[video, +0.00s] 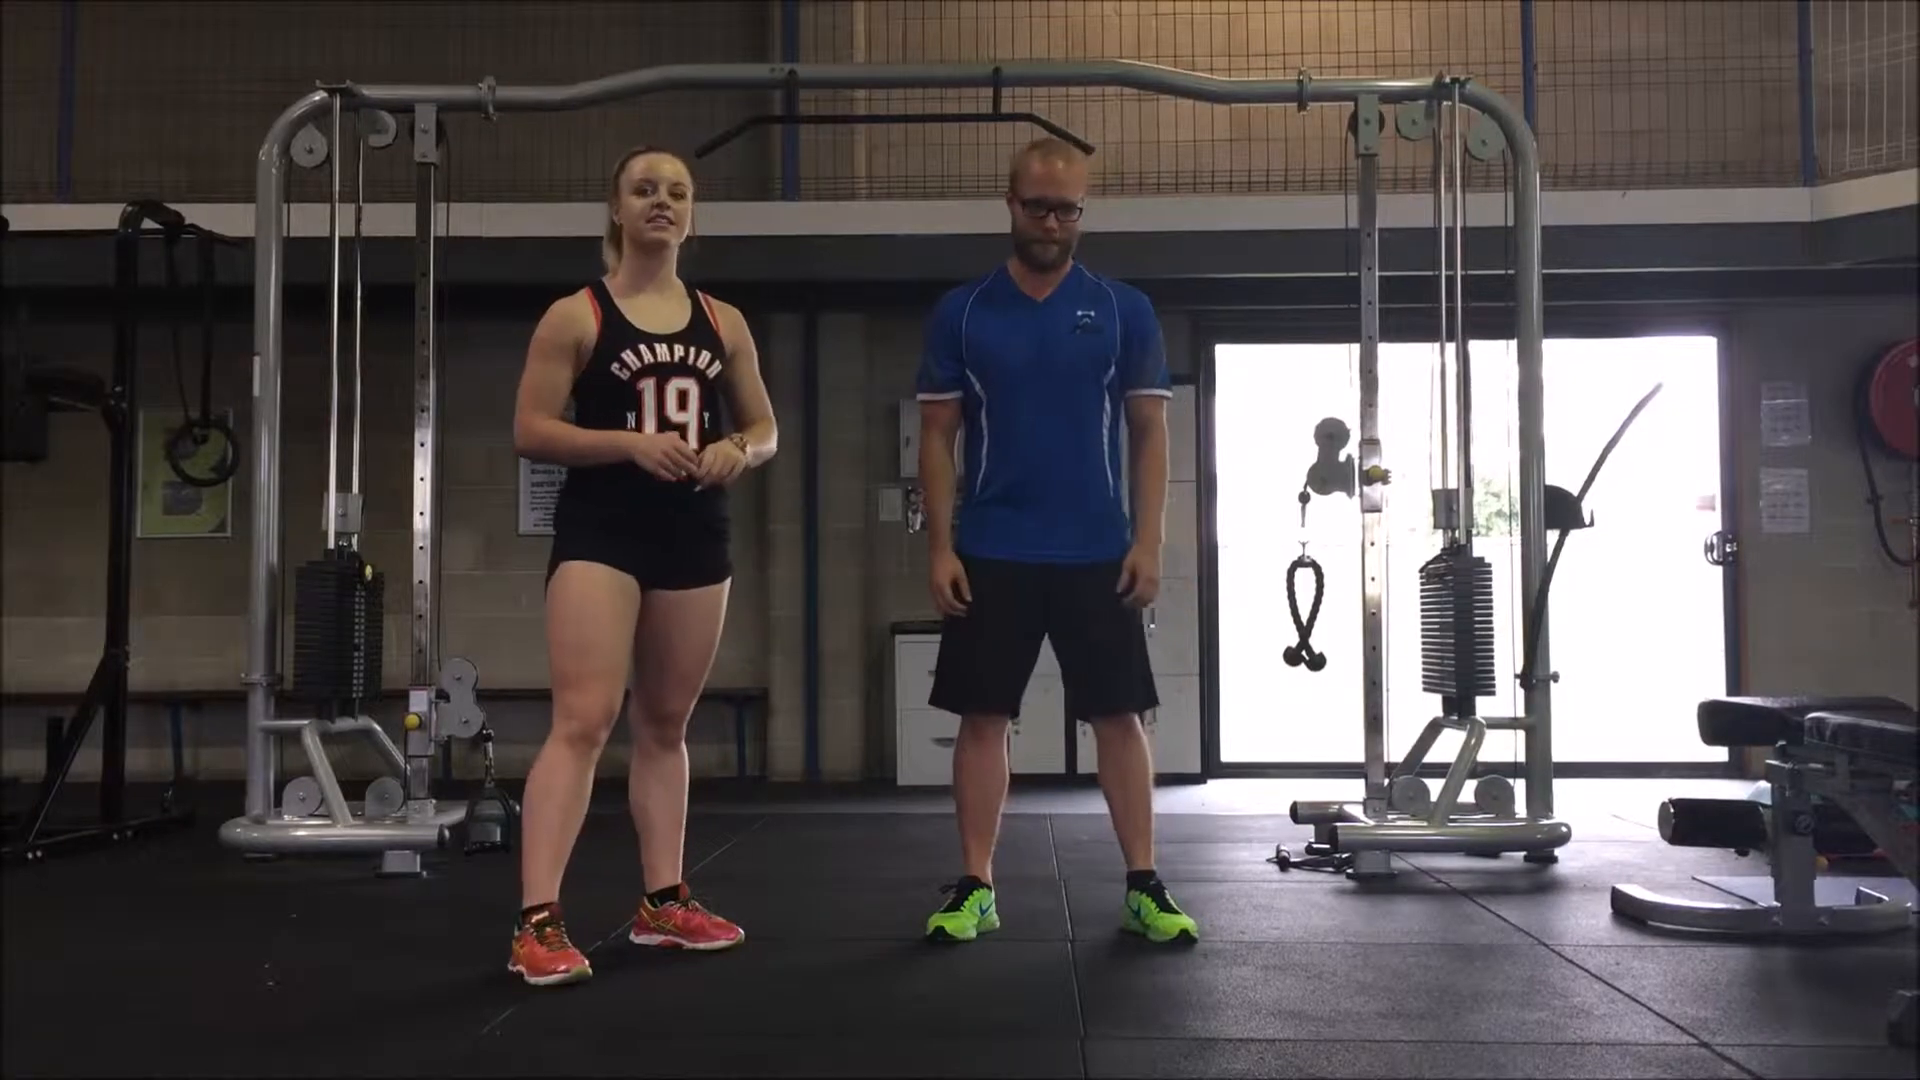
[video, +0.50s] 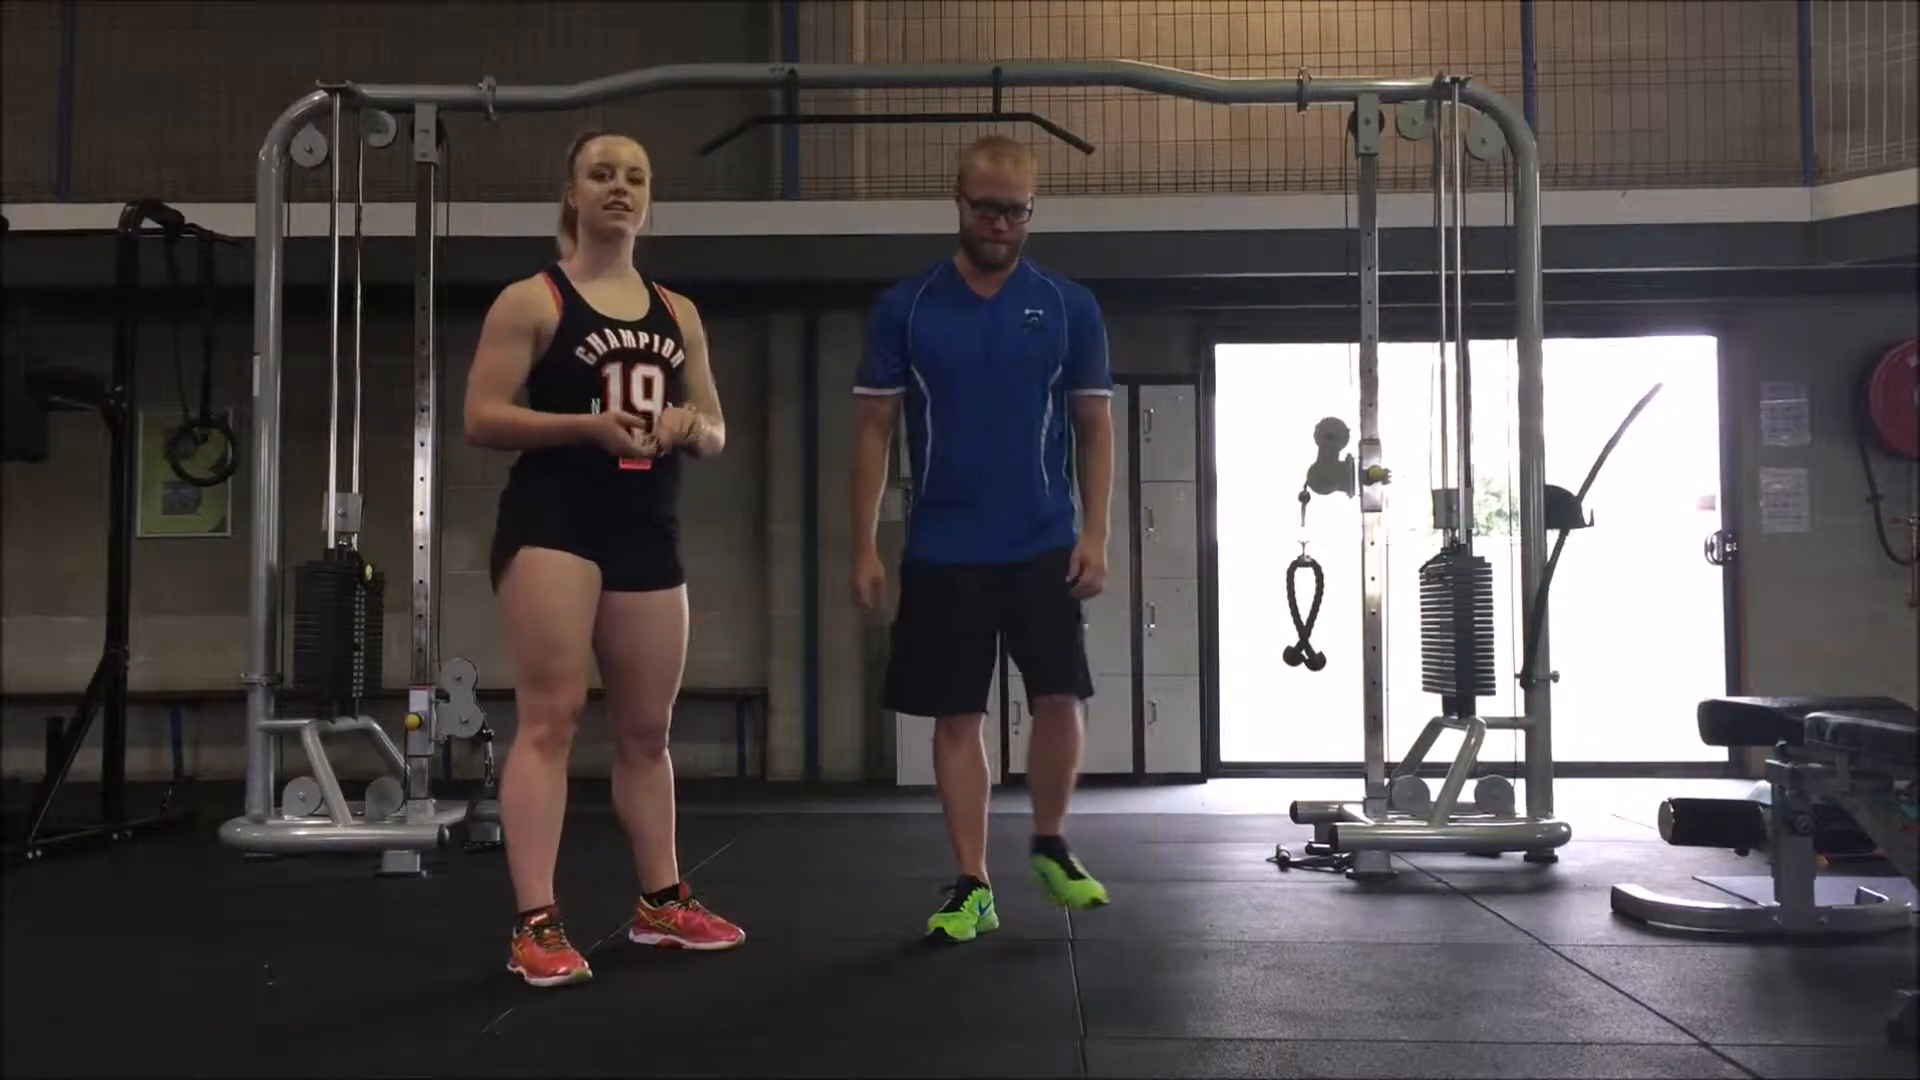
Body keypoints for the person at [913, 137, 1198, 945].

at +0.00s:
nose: (1053, 222)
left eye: (1067, 209)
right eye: (1038, 207)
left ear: (1085, 209)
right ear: (1009, 205)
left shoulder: (1124, 310)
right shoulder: (960, 313)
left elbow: (1149, 431)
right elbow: (936, 433)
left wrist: (1148, 542)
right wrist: (940, 545)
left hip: (1095, 554)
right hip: (994, 555)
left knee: (1120, 716)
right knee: (982, 718)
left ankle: (1144, 885)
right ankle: (976, 885)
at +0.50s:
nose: (998, 222)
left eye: (1013, 209)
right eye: (984, 207)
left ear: (1033, 211)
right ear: (958, 204)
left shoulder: (1070, 308)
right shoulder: (905, 309)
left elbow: (1095, 424)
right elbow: (873, 427)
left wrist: (1095, 532)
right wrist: (864, 546)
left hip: (1042, 547)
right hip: (944, 551)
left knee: (1059, 699)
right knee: (955, 717)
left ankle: (1050, 844)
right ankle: (972, 884)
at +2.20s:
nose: (1409, 266)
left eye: (1430, 252)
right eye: (1398, 248)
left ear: (1465, 251)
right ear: (1381, 242)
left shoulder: (1505, 357)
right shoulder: (1331, 338)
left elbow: (1519, 476)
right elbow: (1278, 456)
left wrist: (1461, 507)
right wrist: (1345, 500)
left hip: (1440, 580)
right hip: (1335, 582)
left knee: (1482, 727)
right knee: (1331, 746)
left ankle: (1446, 898)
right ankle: (1340, 845)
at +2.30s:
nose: (1396, 281)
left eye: (1415, 268)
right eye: (1385, 264)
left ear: (1453, 269)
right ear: (1370, 259)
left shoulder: (1495, 380)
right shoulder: (1319, 352)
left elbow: (1506, 500)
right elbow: (1265, 471)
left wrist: (1442, 534)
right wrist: (1332, 523)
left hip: (1429, 591)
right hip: (1321, 591)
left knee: (1482, 732)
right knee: (1315, 751)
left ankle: (1446, 900)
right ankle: (1332, 856)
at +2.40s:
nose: (1368, 286)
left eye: (1387, 273)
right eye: (1357, 270)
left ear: (1423, 274)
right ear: (1344, 265)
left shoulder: (1466, 381)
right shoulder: (1293, 360)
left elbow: (1486, 505)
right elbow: (1240, 477)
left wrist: (1416, 538)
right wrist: (1302, 528)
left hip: (1407, 594)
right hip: (1297, 592)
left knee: (1470, 734)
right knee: (1264, 739)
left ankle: (1446, 902)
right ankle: (1266, 867)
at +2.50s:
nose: (1313, 263)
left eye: (1332, 249)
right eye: (1302, 246)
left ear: (1368, 248)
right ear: (1288, 242)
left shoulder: (1417, 350)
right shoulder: (1244, 341)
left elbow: (1453, 472)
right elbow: (1194, 452)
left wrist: (1363, 480)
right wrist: (1245, 487)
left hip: (1366, 573)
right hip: (1258, 570)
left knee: (1445, 721)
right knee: (1192, 708)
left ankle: (1447, 900)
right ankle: (1158, 861)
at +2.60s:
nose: (1240, 215)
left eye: (1256, 200)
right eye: (1227, 199)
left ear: (1289, 196)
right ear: (1210, 193)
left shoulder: (1345, 290)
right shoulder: (1170, 295)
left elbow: (1380, 406)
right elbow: (1128, 409)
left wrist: (1299, 398)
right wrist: (1181, 424)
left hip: (1303, 541)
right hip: (1189, 538)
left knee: (1374, 700)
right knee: (1116, 680)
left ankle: (1445, 876)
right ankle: (1057, 851)